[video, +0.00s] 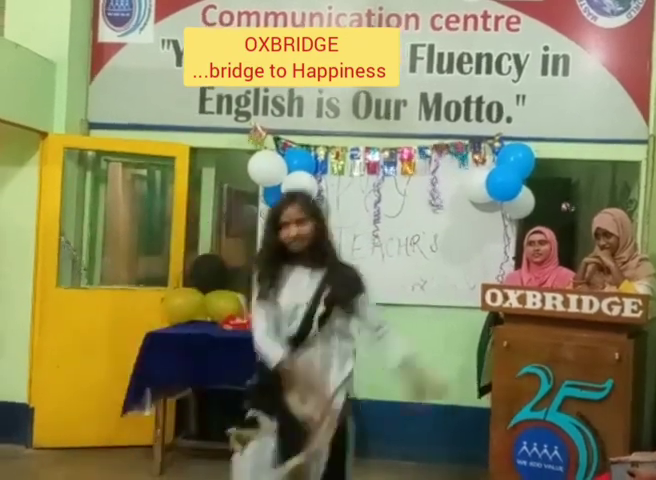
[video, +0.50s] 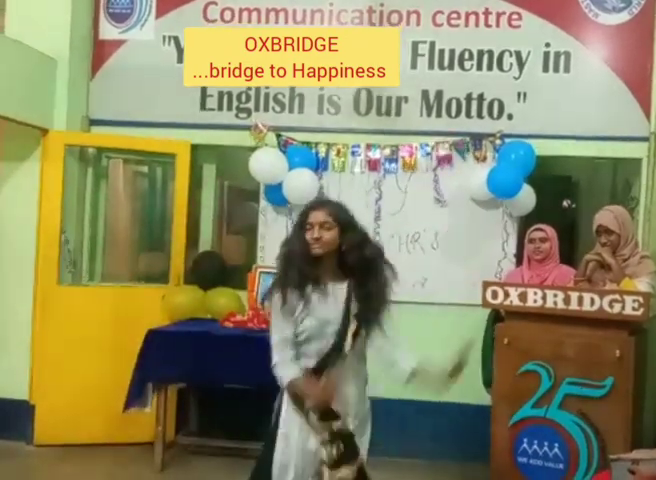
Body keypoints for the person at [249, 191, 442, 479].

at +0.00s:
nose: (293, 232)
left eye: (301, 223)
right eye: (284, 226)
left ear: (317, 225)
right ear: (276, 232)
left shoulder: (341, 277)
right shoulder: (268, 274)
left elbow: (377, 329)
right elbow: (261, 331)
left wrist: (411, 367)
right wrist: (283, 363)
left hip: (330, 394)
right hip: (284, 393)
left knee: (330, 471)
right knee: (286, 468)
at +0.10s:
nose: (306, 213)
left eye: (315, 204)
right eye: (298, 206)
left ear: (333, 208)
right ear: (292, 213)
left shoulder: (353, 260)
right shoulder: (280, 254)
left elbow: (401, 286)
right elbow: (272, 306)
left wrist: (442, 292)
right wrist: (329, 310)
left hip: (336, 382)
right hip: (286, 380)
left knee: (329, 465)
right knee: (285, 462)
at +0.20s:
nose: (321, 218)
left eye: (330, 210)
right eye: (314, 211)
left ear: (347, 216)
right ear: (306, 217)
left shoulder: (360, 259)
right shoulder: (295, 257)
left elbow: (415, 278)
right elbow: (287, 290)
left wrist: (446, 254)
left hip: (349, 379)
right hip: (303, 378)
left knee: (345, 461)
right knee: (303, 459)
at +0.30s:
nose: (323, 218)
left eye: (333, 210)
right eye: (317, 212)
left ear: (351, 216)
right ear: (311, 218)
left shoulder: (367, 265)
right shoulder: (297, 259)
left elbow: (430, 289)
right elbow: (298, 302)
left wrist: (450, 240)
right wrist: (345, 255)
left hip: (352, 378)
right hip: (306, 376)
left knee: (346, 459)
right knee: (303, 461)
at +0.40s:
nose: (319, 219)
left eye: (329, 210)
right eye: (313, 211)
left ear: (350, 216)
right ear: (306, 217)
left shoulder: (365, 264)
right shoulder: (293, 264)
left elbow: (411, 316)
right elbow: (291, 336)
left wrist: (454, 290)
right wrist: (341, 318)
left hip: (351, 383)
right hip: (303, 384)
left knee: (346, 465)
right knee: (298, 463)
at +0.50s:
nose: (315, 235)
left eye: (326, 227)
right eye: (309, 228)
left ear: (344, 233)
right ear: (302, 234)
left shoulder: (361, 285)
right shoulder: (287, 289)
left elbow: (383, 344)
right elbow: (281, 355)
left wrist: (436, 374)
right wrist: (306, 389)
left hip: (347, 396)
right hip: (299, 396)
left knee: (345, 470)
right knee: (294, 468)